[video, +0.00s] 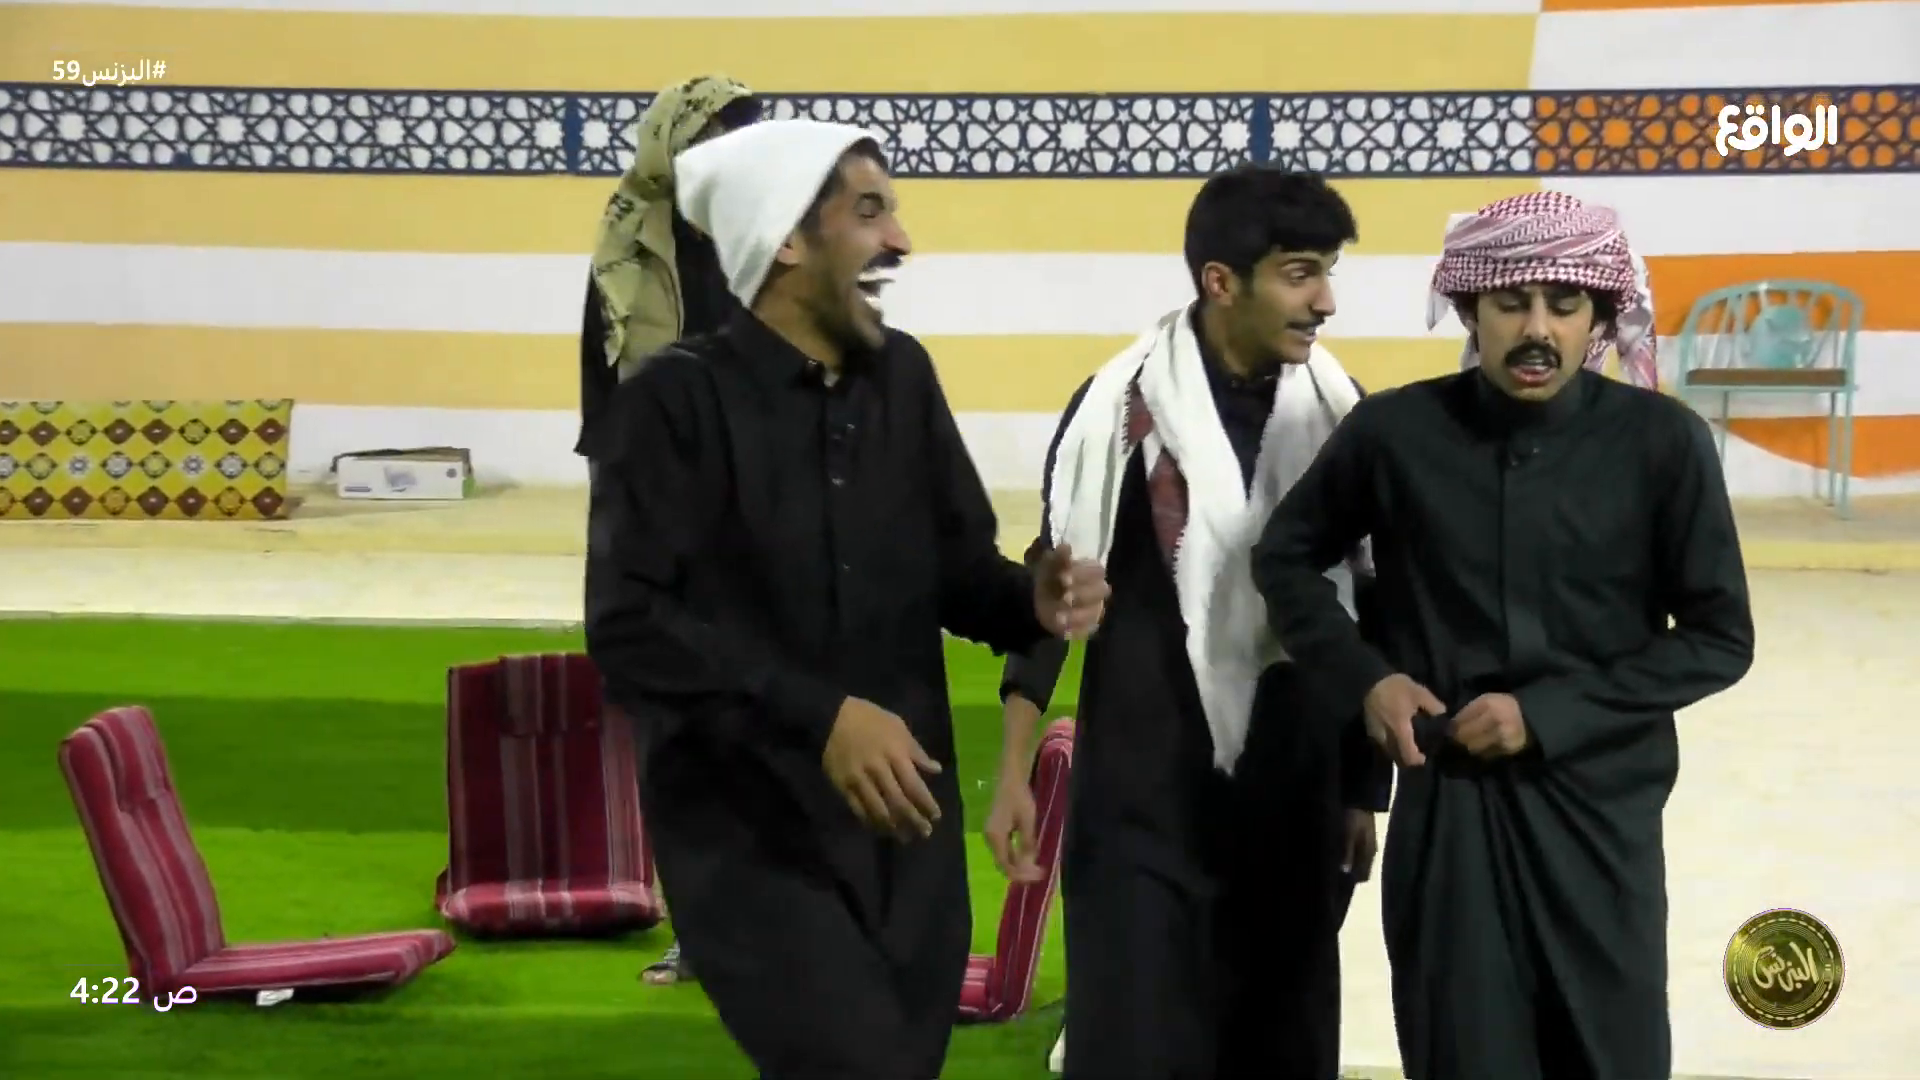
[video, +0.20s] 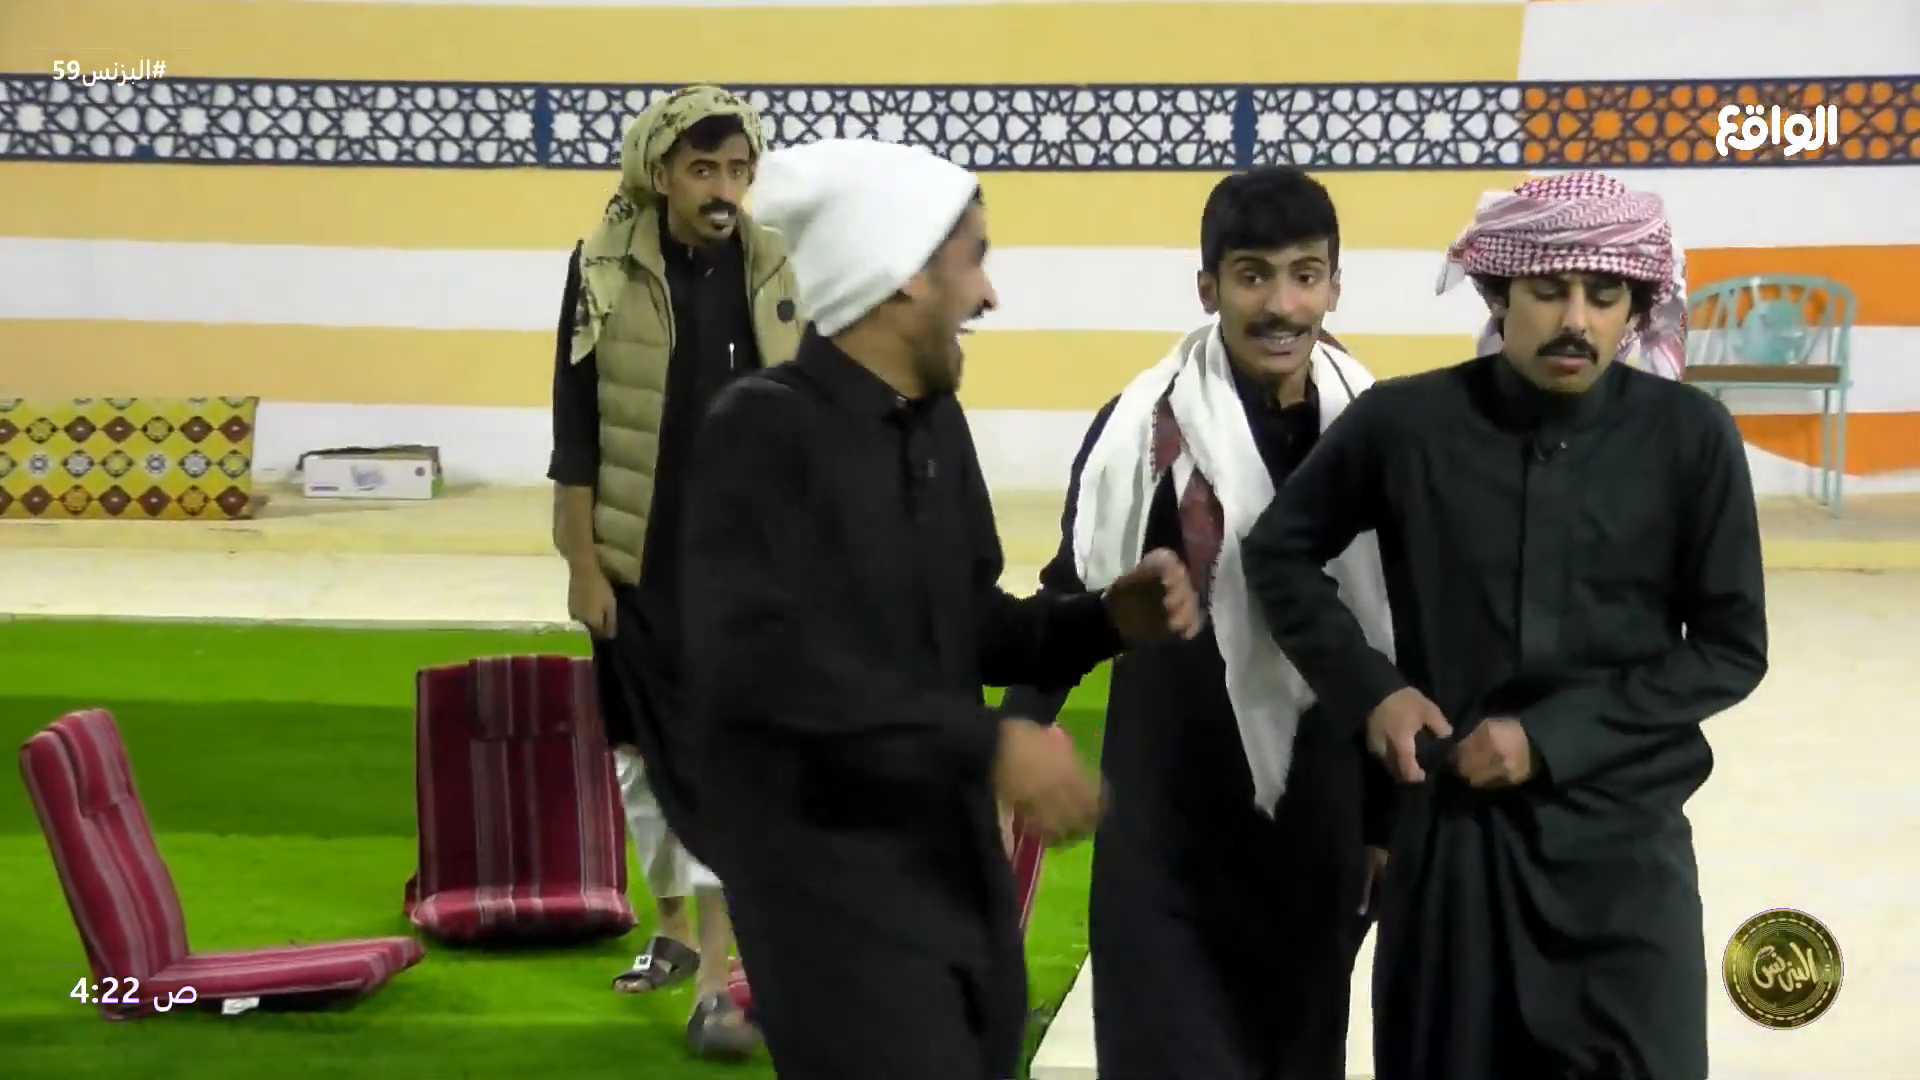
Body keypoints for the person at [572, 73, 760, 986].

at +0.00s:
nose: (739, 165)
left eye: (747, 147)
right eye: (722, 145)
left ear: (754, 159)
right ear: (679, 147)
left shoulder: (776, 239)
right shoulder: (628, 248)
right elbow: (603, 415)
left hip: (774, 542)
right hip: (664, 543)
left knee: (765, 737)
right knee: (682, 735)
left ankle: (768, 920)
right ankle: (699, 928)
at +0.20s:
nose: (723, 188)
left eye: (738, 170)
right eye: (703, 169)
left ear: (756, 176)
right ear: (657, 171)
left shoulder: (779, 261)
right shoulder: (604, 262)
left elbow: (814, 398)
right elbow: (576, 416)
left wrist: (809, 534)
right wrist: (579, 558)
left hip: (750, 553)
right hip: (640, 560)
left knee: (733, 757)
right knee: (652, 757)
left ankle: (726, 974)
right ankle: (675, 930)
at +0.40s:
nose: (719, 167)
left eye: (737, 151)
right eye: (700, 146)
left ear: (758, 163)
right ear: (660, 152)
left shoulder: (778, 268)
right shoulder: (601, 252)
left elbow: (801, 409)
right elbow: (561, 409)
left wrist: (806, 551)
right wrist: (546, 546)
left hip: (736, 565)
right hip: (621, 560)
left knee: (722, 780)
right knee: (619, 768)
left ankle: (688, 1007)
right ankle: (624, 900)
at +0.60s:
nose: (685, 155)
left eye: (703, 137)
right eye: (665, 136)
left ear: (728, 150)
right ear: (628, 146)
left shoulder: (759, 258)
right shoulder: (580, 246)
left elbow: (804, 401)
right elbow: (535, 395)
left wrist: (802, 529)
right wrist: (532, 532)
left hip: (708, 560)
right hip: (594, 553)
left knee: (680, 776)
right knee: (582, 761)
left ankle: (653, 1006)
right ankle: (587, 966)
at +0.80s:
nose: (631, 179)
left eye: (649, 160)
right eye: (610, 162)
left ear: (680, 172)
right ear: (579, 179)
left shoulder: (723, 280)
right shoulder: (540, 285)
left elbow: (786, 398)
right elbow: (515, 434)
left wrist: (788, 509)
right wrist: (519, 572)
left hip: (685, 586)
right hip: (570, 580)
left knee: (655, 806)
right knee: (583, 796)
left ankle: (608, 962)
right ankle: (600, 1025)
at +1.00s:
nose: (584, 186)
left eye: (601, 165)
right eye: (562, 170)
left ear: (633, 176)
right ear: (533, 187)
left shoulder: (681, 283)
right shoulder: (502, 293)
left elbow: (727, 426)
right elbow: (475, 450)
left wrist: (761, 562)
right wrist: (474, 593)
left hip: (656, 597)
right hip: (533, 595)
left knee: (652, 825)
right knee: (544, 815)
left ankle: (582, 920)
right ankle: (571, 1033)